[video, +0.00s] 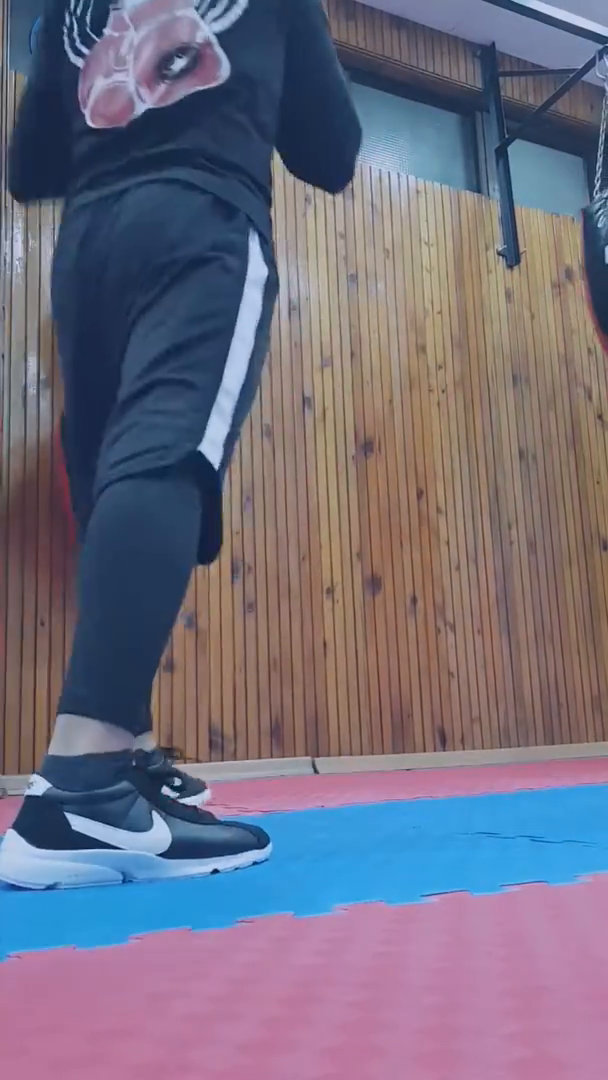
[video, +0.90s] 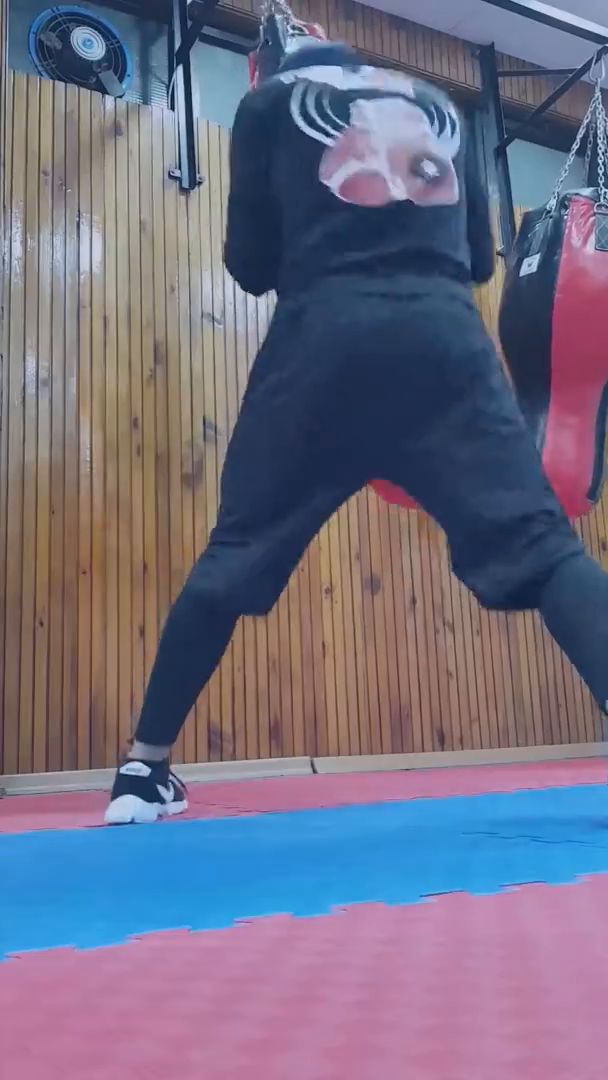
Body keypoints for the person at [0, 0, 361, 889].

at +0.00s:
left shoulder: (75, 10)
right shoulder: (277, 4)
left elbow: (31, 169)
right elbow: (329, 159)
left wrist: (134, 107)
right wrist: (246, 67)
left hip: (84, 225)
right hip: (200, 207)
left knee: (114, 487)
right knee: (159, 468)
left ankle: (130, 764)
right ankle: (78, 782)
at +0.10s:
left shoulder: (90, 31)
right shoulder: (276, 10)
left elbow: (74, 203)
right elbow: (332, 180)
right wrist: (243, 102)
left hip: (110, 252)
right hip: (221, 233)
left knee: (138, 505)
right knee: (200, 485)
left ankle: (139, 767)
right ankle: (91, 763)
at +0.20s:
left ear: (137, 8)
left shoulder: (98, 77)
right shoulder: (274, 28)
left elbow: (106, 211)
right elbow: (327, 187)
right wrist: (238, 170)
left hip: (131, 273)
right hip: (242, 250)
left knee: (166, 530)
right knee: (306, 497)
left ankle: (162, 771)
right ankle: (178, 684)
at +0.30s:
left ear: (154, 25)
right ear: (236, 10)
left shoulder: (110, 100)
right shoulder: (282, 44)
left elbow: (139, 233)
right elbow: (344, 189)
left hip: (162, 283)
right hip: (274, 252)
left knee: (165, 531)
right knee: (379, 478)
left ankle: (140, 767)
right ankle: (296, 646)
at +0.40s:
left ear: (173, 17)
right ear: (247, 1)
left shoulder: (138, 87)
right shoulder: (310, 39)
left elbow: (159, 238)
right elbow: (374, 188)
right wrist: (288, 166)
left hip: (191, 276)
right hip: (307, 249)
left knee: (183, 535)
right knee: (417, 470)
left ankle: (146, 767)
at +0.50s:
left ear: (234, 14)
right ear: (307, 3)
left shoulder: (189, 76)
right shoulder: (352, 34)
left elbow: (172, 238)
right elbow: (403, 198)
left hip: (215, 286)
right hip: (330, 262)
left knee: (202, 530)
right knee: (466, 496)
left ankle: (145, 764)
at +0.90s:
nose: (258, 82)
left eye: (261, 68)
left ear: (279, 60)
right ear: (344, 52)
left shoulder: (268, 103)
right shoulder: (442, 104)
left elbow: (251, 262)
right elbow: (478, 258)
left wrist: (337, 250)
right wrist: (391, 251)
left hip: (321, 334)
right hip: (443, 329)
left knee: (238, 549)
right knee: (543, 546)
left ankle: (144, 764)